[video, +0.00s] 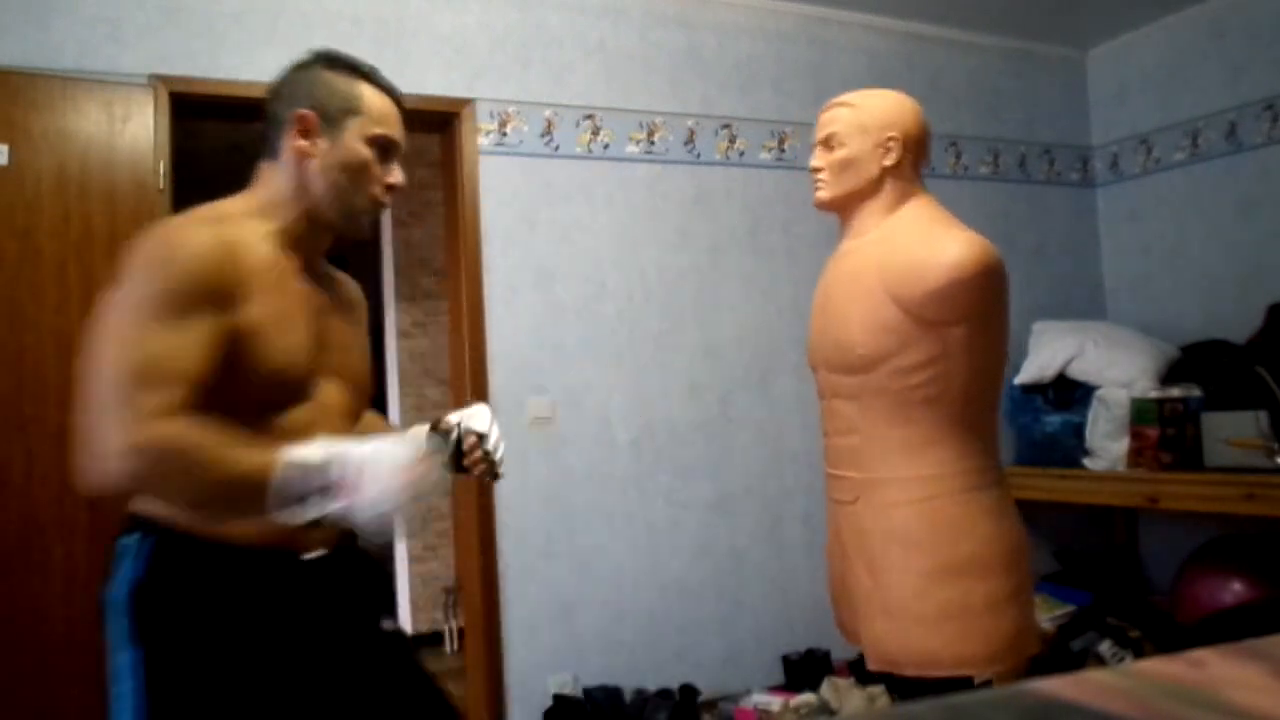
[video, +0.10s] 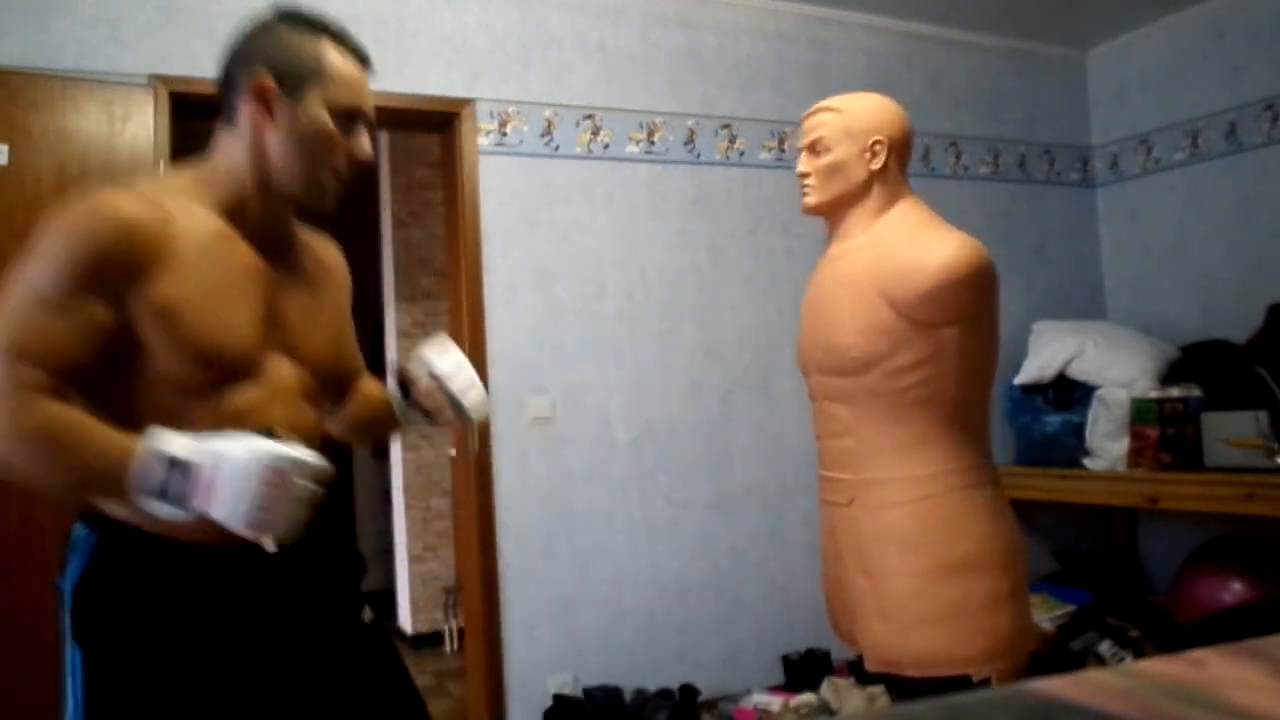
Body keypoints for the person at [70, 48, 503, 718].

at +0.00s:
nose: (396, 179)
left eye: (398, 159)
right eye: (380, 149)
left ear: (310, 142)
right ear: (304, 138)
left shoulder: (345, 295)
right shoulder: (188, 251)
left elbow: (343, 425)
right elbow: (121, 448)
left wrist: (429, 454)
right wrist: (330, 477)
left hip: (319, 590)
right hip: (195, 591)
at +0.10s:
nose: (365, 152)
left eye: (367, 128)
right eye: (347, 122)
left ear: (267, 106)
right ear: (263, 103)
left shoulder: (326, 262)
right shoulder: (117, 228)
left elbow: (340, 405)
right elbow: (10, 404)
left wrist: (407, 405)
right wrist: (181, 476)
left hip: (304, 589)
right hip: (158, 596)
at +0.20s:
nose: (341, 88)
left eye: (343, 62)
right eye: (323, 53)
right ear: (238, 32)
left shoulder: (315, 201)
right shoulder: (82, 164)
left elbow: (317, 365)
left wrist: (372, 352)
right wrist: (104, 422)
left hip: (285, 535)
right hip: (138, 538)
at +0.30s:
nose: (326, 70)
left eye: (327, 44)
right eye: (305, 34)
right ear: (217, 22)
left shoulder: (310, 194)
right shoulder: (54, 160)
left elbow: (333, 347)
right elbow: (2, 352)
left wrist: (366, 353)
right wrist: (62, 442)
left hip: (274, 545)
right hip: (117, 552)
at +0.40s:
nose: (309, 122)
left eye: (308, 96)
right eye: (287, 90)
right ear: (193, 77)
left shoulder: (307, 256)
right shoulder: (38, 238)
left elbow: (358, 395)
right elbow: (5, 428)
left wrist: (363, 441)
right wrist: (41, 559)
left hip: (274, 627)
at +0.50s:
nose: (294, 146)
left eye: (293, 120)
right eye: (267, 114)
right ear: (172, 106)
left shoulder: (294, 278)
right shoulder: (23, 269)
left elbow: (340, 421)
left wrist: (348, 486)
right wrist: (43, 588)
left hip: (274, 652)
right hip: (94, 668)